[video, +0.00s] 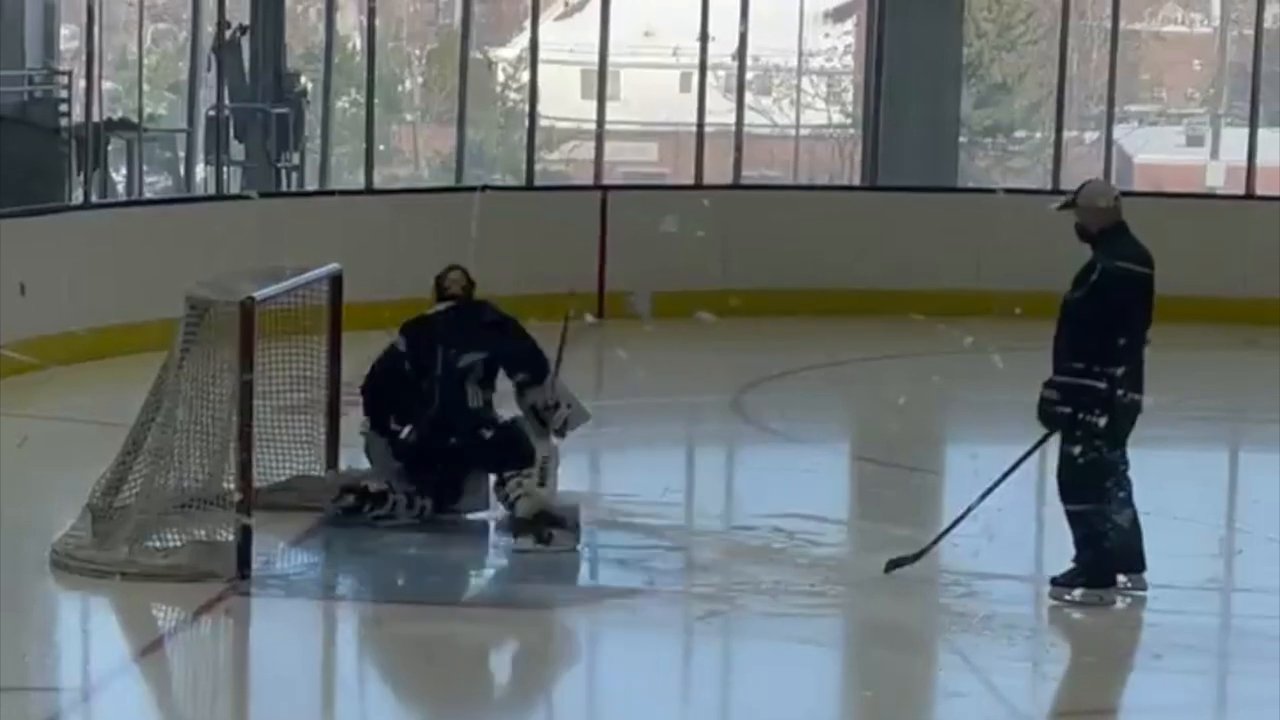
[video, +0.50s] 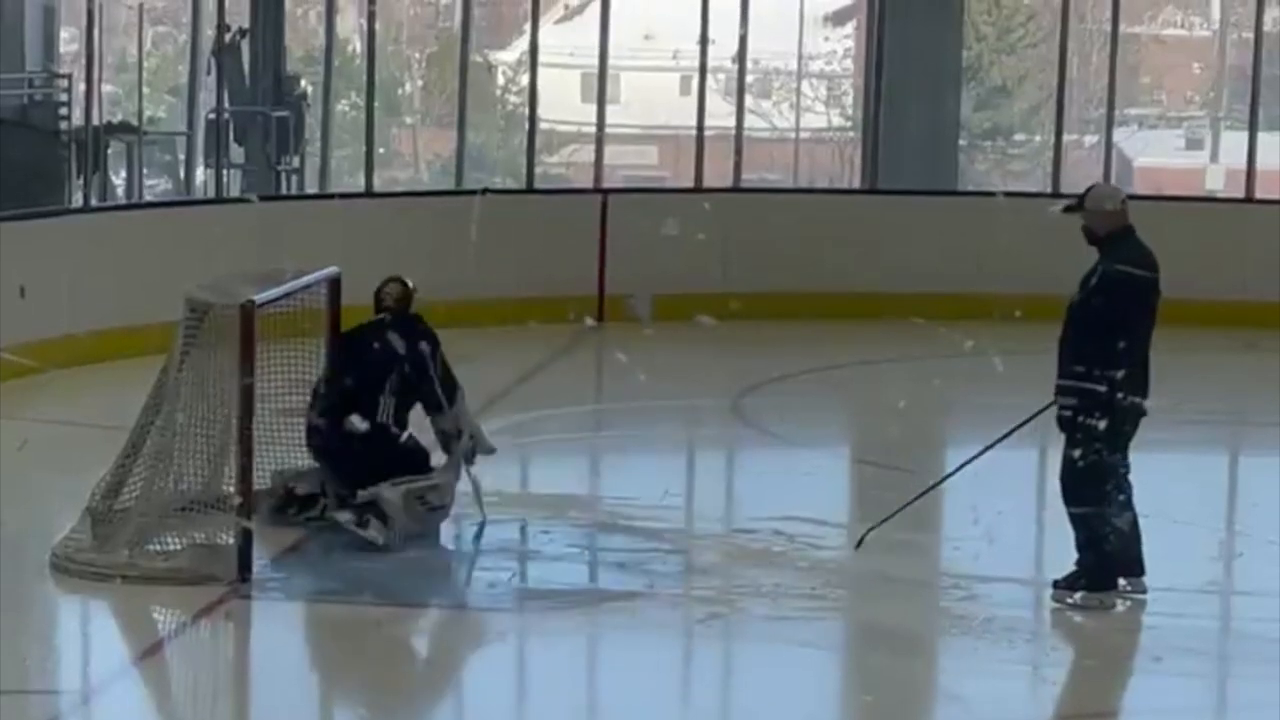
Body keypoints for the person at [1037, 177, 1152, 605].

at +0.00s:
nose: (1075, 223)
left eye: (1079, 215)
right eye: (1075, 214)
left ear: (1096, 216)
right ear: (1111, 213)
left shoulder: (1112, 266)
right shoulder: (1127, 258)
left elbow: (1095, 341)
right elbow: (1085, 336)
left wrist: (1066, 392)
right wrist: (1059, 387)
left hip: (1096, 395)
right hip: (1113, 391)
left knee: (1079, 482)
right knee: (1108, 477)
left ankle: (1095, 570)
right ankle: (1125, 561)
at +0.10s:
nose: (1076, 225)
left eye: (1080, 217)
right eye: (1076, 216)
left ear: (1095, 218)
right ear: (1111, 216)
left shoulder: (1116, 266)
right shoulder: (1121, 259)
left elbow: (1104, 342)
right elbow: (1080, 338)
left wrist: (1078, 397)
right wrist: (1061, 391)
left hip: (1099, 396)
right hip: (1110, 392)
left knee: (1080, 480)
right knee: (1105, 478)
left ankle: (1098, 570)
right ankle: (1121, 564)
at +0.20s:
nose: (1077, 225)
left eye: (1081, 218)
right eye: (1077, 217)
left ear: (1098, 218)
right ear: (1111, 216)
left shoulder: (1119, 267)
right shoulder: (1119, 260)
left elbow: (1112, 346)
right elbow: (1092, 342)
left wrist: (1090, 405)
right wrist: (1067, 397)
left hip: (1100, 399)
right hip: (1107, 395)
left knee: (1083, 482)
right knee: (1103, 480)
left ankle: (1101, 571)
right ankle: (1118, 565)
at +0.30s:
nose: (1079, 225)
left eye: (1083, 218)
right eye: (1079, 217)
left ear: (1101, 219)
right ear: (1112, 217)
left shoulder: (1121, 266)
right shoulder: (1120, 260)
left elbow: (1115, 345)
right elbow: (1100, 341)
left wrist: (1093, 404)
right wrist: (1070, 397)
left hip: (1100, 400)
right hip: (1107, 396)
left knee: (1083, 483)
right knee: (1104, 481)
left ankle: (1099, 573)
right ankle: (1119, 566)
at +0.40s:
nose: (1081, 226)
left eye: (1085, 218)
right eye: (1081, 218)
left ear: (1103, 218)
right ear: (1113, 217)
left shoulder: (1123, 266)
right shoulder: (1118, 261)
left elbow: (1116, 343)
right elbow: (1098, 340)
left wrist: (1095, 402)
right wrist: (1071, 395)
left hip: (1104, 399)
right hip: (1105, 395)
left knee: (1084, 483)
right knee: (1103, 481)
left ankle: (1100, 571)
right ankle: (1118, 566)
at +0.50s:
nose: (1082, 227)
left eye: (1086, 219)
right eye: (1082, 219)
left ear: (1105, 219)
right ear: (1114, 218)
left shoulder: (1123, 266)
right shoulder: (1121, 260)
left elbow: (1115, 342)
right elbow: (1100, 339)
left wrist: (1093, 400)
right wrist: (1072, 393)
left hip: (1103, 398)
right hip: (1107, 395)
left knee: (1084, 483)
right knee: (1105, 481)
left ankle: (1099, 572)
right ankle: (1121, 567)